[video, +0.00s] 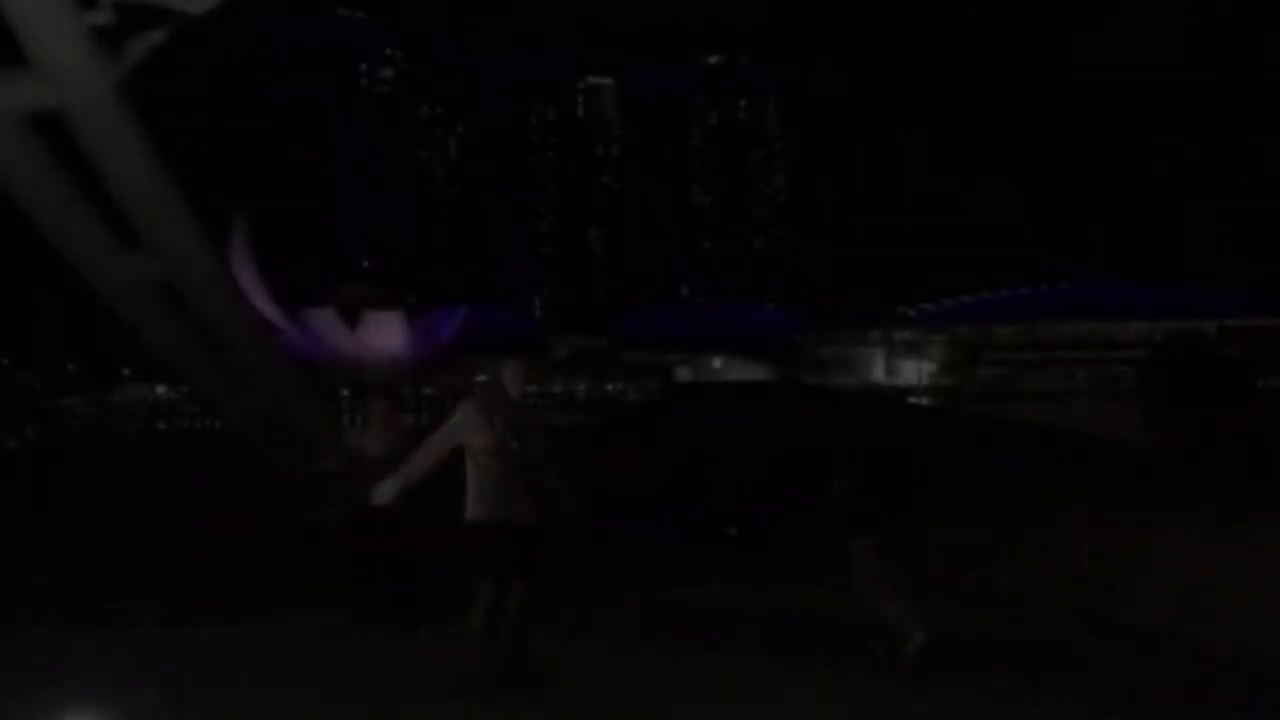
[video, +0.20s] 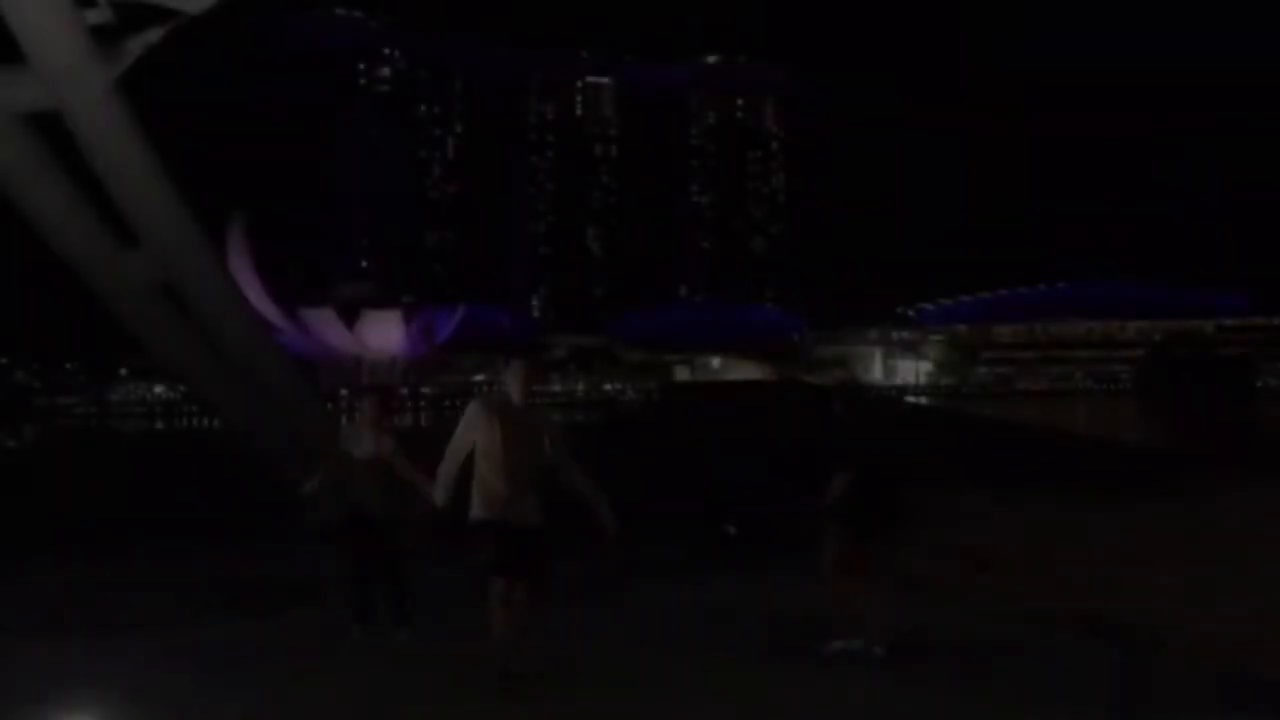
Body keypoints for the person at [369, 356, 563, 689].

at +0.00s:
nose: (523, 380)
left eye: (526, 372)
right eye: (517, 371)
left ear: (530, 376)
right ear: (501, 372)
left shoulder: (524, 414)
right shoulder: (477, 411)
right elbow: (433, 451)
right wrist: (395, 484)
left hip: (519, 521)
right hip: (483, 523)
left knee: (517, 594)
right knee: (485, 595)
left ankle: (513, 662)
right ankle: (478, 664)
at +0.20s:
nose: (524, 384)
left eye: (529, 377)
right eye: (518, 376)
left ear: (535, 380)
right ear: (505, 376)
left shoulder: (537, 416)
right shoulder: (483, 410)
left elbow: (561, 466)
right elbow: (455, 453)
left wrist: (595, 504)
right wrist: (441, 493)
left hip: (528, 513)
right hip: (490, 512)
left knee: (526, 583)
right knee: (498, 582)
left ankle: (520, 650)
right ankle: (499, 653)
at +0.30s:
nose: (524, 387)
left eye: (529, 379)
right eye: (519, 378)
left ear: (536, 382)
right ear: (506, 379)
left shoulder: (538, 419)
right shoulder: (484, 412)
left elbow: (564, 468)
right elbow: (466, 457)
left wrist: (590, 511)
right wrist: (463, 501)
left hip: (531, 515)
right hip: (494, 512)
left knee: (530, 589)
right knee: (504, 587)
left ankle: (527, 657)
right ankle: (506, 659)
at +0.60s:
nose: (528, 375)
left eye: (534, 368)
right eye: (522, 368)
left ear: (542, 372)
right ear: (513, 372)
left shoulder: (553, 413)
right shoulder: (496, 411)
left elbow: (551, 462)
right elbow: (484, 460)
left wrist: (517, 501)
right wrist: (482, 508)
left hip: (545, 512)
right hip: (509, 512)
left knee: (541, 587)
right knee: (519, 585)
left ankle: (533, 657)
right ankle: (521, 658)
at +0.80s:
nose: (531, 380)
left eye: (536, 373)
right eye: (525, 373)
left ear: (545, 376)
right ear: (518, 377)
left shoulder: (565, 414)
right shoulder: (505, 417)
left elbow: (559, 472)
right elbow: (492, 473)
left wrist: (508, 483)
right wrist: (486, 519)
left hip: (554, 519)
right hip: (516, 518)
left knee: (539, 594)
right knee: (527, 593)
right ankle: (528, 662)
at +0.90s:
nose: (535, 377)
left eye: (539, 370)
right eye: (529, 371)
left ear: (548, 375)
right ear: (520, 377)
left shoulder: (569, 413)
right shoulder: (509, 418)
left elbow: (580, 465)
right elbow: (497, 472)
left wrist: (555, 488)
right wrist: (490, 518)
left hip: (560, 518)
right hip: (523, 517)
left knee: (549, 595)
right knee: (533, 595)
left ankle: (541, 665)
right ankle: (532, 668)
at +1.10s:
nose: (555, 372)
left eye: (560, 365)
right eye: (548, 365)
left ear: (569, 371)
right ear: (538, 372)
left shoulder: (590, 411)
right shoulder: (521, 415)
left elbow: (611, 458)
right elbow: (498, 465)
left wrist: (592, 498)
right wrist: (512, 515)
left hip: (582, 522)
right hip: (540, 523)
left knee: (586, 594)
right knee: (542, 597)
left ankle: (574, 665)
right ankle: (540, 668)